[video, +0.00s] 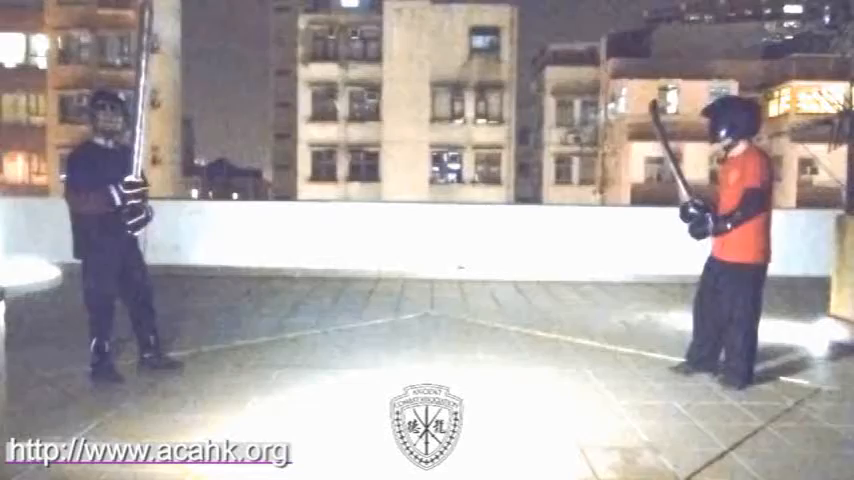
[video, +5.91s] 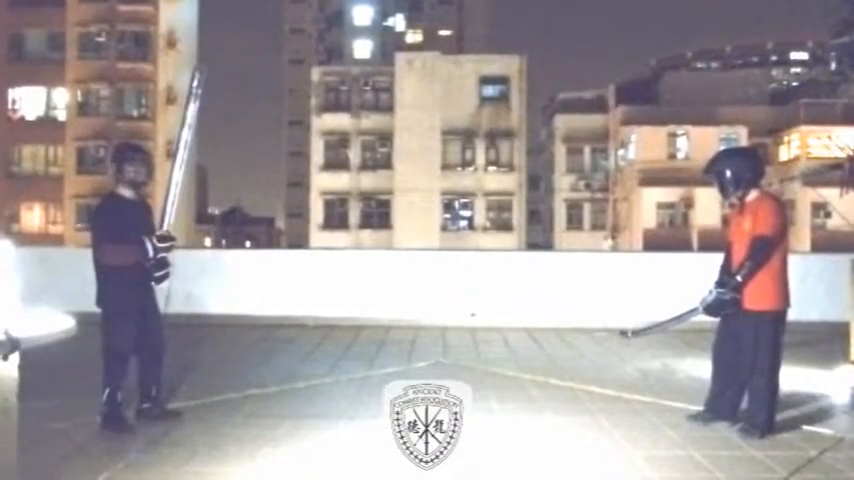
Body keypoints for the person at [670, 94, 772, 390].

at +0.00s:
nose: (712, 131)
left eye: (717, 124)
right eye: (713, 125)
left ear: (733, 127)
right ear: (729, 127)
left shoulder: (754, 160)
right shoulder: (727, 160)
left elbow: (754, 202)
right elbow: (726, 202)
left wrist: (720, 224)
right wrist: (704, 209)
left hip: (747, 255)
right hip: (722, 251)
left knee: (740, 315)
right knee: (708, 306)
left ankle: (737, 371)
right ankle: (701, 358)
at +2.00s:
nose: (718, 128)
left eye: (722, 121)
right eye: (719, 121)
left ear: (737, 125)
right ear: (738, 125)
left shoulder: (753, 160)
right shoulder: (731, 159)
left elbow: (746, 200)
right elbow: (726, 202)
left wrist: (713, 222)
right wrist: (702, 213)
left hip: (743, 253)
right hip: (721, 249)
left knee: (736, 313)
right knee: (705, 305)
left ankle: (737, 369)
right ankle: (701, 357)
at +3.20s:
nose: (719, 150)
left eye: (724, 143)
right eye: (719, 143)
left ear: (740, 145)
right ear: (726, 146)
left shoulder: (756, 182)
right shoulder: (727, 183)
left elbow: (753, 224)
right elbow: (719, 225)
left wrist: (725, 257)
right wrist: (703, 254)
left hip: (749, 276)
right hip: (724, 272)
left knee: (744, 336)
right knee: (715, 329)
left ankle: (744, 393)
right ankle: (708, 382)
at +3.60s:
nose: (706, 192)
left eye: (710, 185)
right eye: (705, 186)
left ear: (727, 182)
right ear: (711, 185)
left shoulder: (754, 212)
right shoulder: (719, 218)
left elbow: (746, 255)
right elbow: (717, 259)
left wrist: (721, 288)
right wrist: (710, 291)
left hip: (756, 306)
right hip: (729, 304)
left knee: (753, 367)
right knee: (717, 361)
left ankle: (749, 422)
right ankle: (709, 411)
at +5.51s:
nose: (719, 189)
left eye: (722, 181)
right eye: (718, 182)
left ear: (738, 178)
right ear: (733, 181)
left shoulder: (766, 208)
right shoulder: (736, 212)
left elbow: (760, 249)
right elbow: (731, 255)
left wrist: (733, 285)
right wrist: (720, 286)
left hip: (764, 302)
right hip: (739, 300)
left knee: (761, 363)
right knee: (727, 356)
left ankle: (758, 420)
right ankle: (719, 408)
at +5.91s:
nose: (719, 187)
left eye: (722, 180)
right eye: (718, 181)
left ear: (738, 178)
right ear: (736, 180)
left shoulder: (768, 206)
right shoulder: (737, 211)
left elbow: (762, 248)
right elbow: (731, 254)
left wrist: (735, 284)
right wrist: (721, 286)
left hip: (765, 301)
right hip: (739, 299)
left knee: (762, 363)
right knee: (727, 355)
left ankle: (759, 419)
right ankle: (720, 407)